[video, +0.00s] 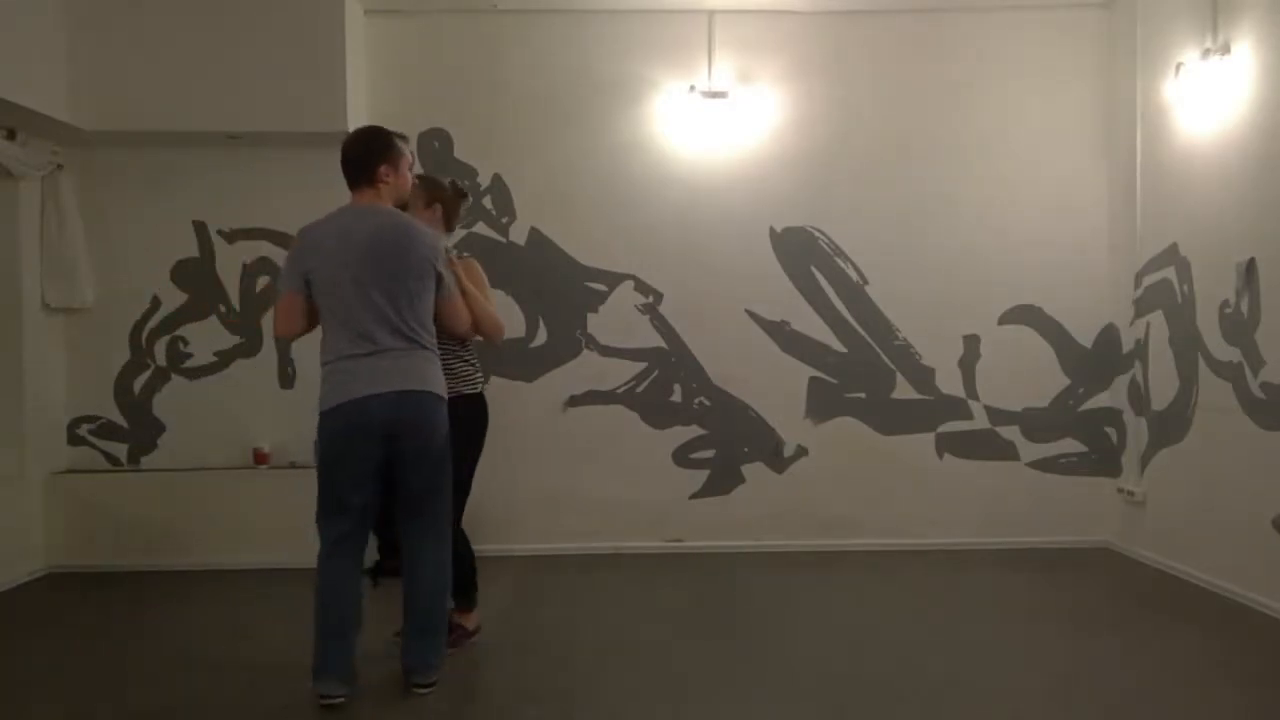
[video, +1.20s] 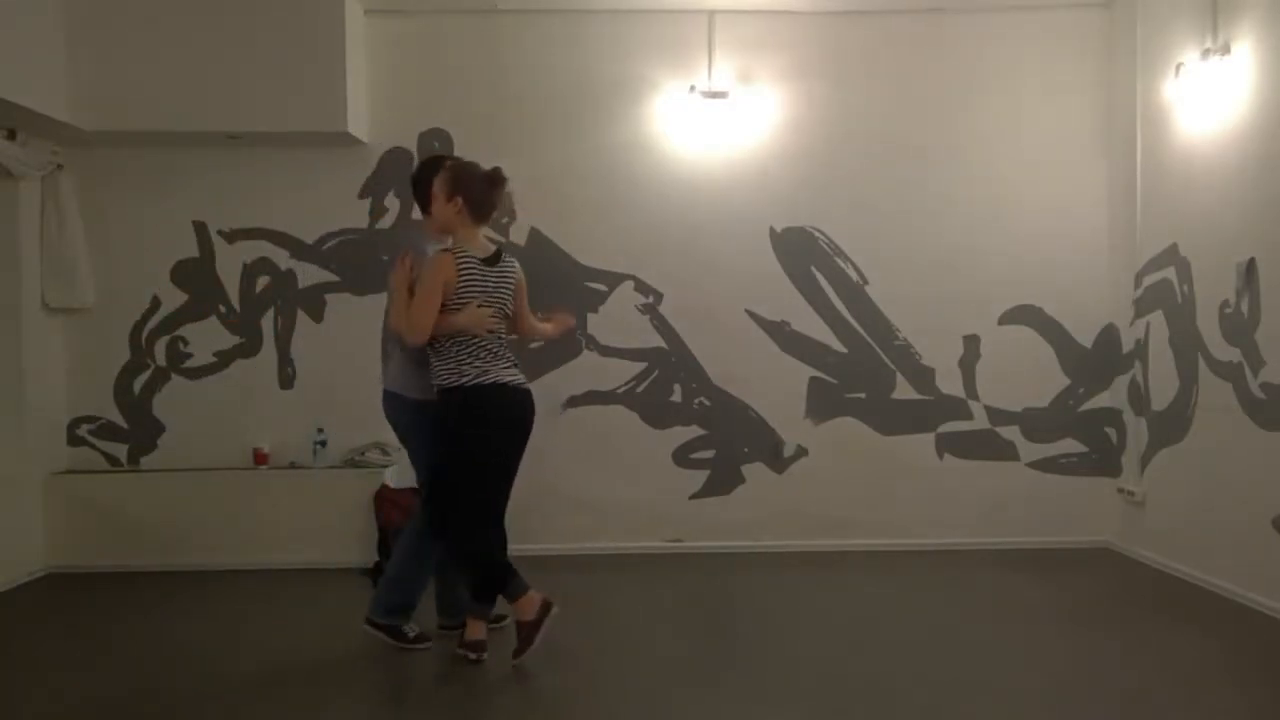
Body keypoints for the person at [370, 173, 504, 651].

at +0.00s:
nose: (406, 217)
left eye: (413, 209)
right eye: (407, 209)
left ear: (437, 213)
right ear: (426, 212)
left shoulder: (461, 265)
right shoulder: (400, 266)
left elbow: (494, 331)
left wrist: (456, 276)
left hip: (460, 401)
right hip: (417, 402)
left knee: (445, 514)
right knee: (417, 512)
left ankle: (464, 610)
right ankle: (425, 613)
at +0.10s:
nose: (415, 210)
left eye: (422, 202)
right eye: (416, 203)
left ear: (450, 207)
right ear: (442, 207)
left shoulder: (475, 261)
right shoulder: (420, 261)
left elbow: (503, 325)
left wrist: (458, 272)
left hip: (474, 396)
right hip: (435, 399)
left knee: (449, 510)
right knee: (441, 508)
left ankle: (463, 612)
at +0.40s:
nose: (455, 212)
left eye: (462, 204)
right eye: (456, 204)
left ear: (490, 209)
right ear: (479, 210)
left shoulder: (510, 261)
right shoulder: (471, 269)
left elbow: (524, 324)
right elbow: (452, 337)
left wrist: (464, 274)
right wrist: (409, 313)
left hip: (523, 401)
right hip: (503, 403)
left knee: (482, 509)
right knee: (506, 512)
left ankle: (524, 616)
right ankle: (557, 606)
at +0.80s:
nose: (466, 201)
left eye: (473, 194)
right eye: (469, 193)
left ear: (497, 200)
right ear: (504, 202)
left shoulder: (507, 247)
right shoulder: (504, 255)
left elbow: (499, 310)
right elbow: (500, 338)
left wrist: (450, 262)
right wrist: (441, 345)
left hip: (531, 397)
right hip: (525, 396)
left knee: (549, 517)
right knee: (481, 498)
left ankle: (575, 627)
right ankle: (481, 612)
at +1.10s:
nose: (447, 207)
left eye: (452, 199)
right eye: (449, 197)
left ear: (471, 204)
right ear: (492, 207)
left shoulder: (465, 257)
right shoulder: (512, 261)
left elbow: (436, 327)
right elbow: (516, 337)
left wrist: (414, 285)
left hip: (485, 399)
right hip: (521, 396)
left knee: (492, 518)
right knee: (490, 517)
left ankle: (557, 617)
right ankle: (475, 628)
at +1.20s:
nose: (429, 211)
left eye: (434, 202)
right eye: (430, 202)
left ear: (456, 205)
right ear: (478, 207)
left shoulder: (445, 262)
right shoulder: (509, 263)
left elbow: (414, 332)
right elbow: (525, 327)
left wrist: (397, 288)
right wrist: (552, 327)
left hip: (467, 399)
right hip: (514, 398)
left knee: (456, 511)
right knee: (486, 512)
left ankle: (526, 602)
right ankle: (475, 629)